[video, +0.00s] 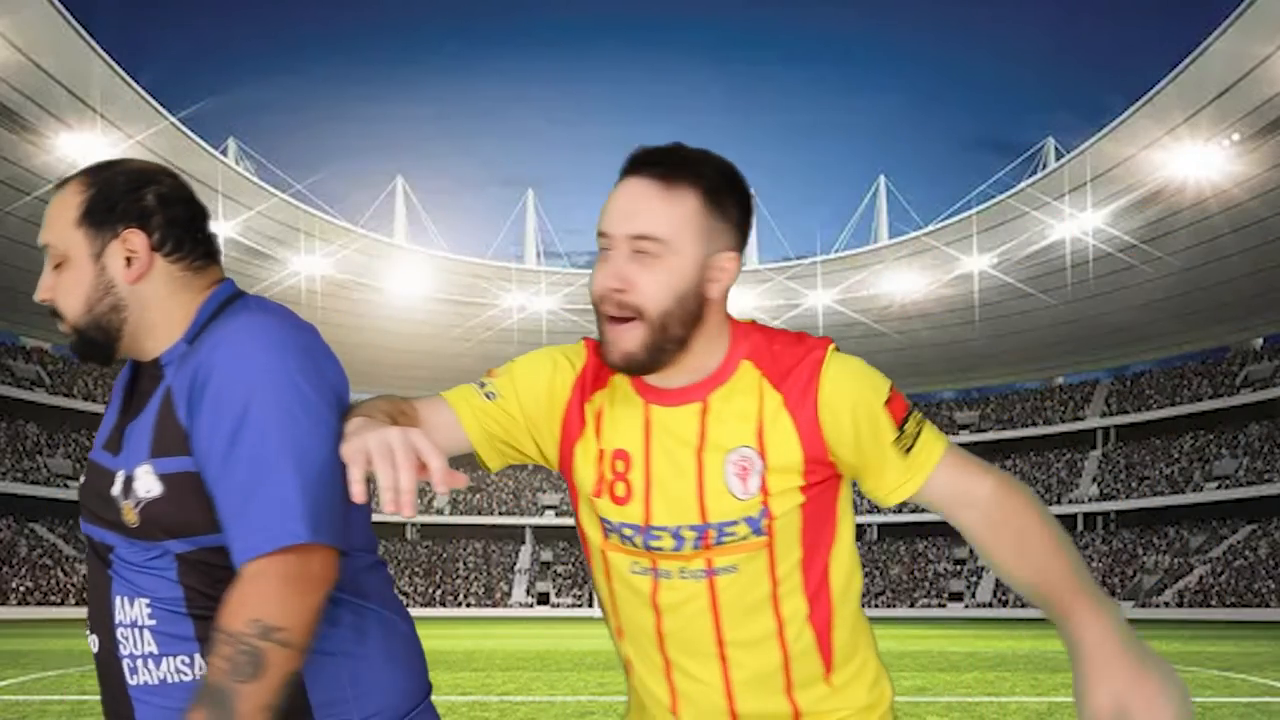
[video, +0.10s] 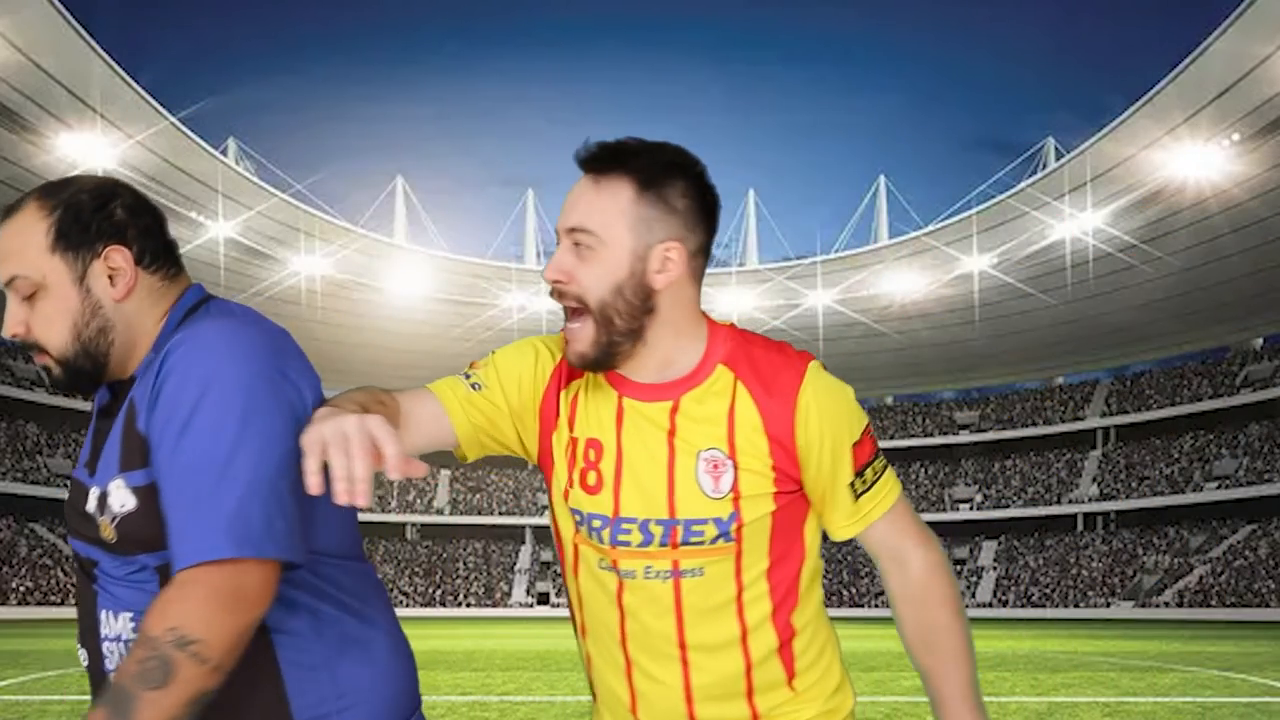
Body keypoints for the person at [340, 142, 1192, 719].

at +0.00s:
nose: (610, 278)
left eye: (646, 250)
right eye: (605, 248)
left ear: (725, 274)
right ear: (593, 257)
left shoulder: (819, 386)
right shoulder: (557, 388)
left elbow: (983, 501)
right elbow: (395, 425)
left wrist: (1105, 648)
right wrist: (374, 424)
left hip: (830, 705)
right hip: (666, 711)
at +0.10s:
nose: (551, 272)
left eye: (581, 244)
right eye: (558, 242)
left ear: (667, 266)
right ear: (653, 266)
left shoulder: (794, 396)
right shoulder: (538, 382)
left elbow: (909, 558)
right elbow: (392, 414)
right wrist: (341, 416)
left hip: (790, 707)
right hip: (629, 711)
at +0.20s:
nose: (534, 264)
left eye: (563, 238)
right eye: (544, 235)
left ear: (648, 254)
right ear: (636, 255)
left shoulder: (780, 395)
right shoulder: (538, 368)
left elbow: (870, 576)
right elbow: (416, 454)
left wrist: (893, 716)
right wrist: (351, 439)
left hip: (758, 707)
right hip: (599, 709)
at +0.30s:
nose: (536, 247)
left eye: (566, 219)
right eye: (545, 216)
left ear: (653, 237)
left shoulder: (773, 389)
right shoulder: (526, 363)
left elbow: (866, 585)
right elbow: (440, 544)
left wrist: (883, 716)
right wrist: (429, 499)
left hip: (740, 704)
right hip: (581, 704)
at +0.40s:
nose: (540, 247)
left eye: (571, 220)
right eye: (549, 219)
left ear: (658, 240)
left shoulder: (771, 395)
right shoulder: (537, 373)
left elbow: (885, 599)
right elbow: (456, 542)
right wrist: (473, 536)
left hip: (727, 707)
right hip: (568, 706)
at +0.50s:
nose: (537, 257)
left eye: (567, 229)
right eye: (548, 227)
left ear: (652, 249)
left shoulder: (767, 405)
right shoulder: (555, 377)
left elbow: (899, 622)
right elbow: (504, 510)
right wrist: (471, 550)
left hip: (723, 708)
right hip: (568, 707)